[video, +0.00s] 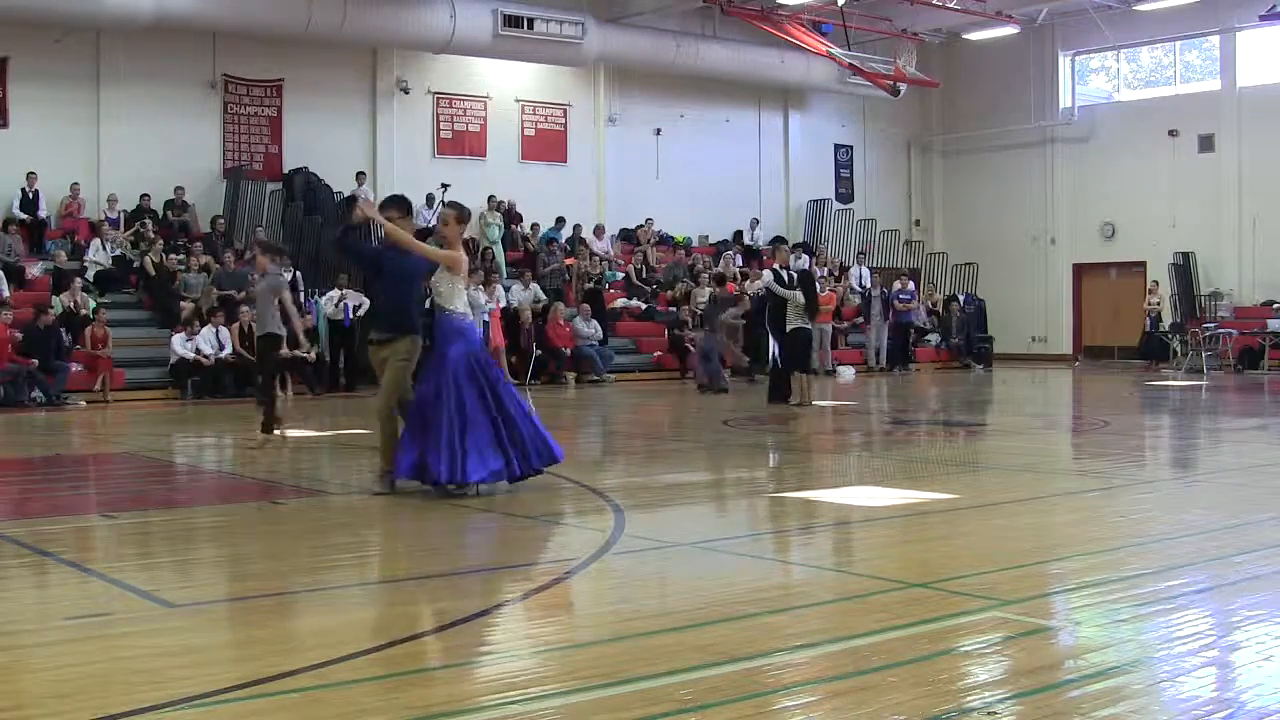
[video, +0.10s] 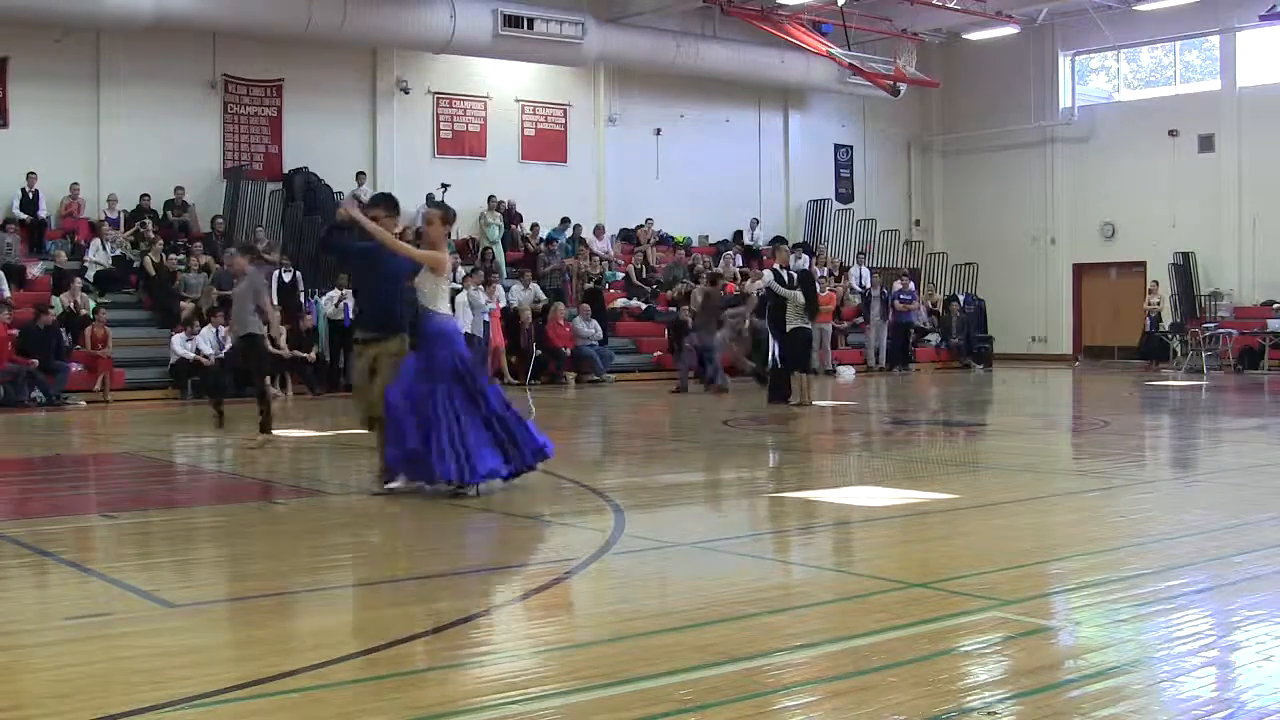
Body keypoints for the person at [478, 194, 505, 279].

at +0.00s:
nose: (494, 204)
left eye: (495, 202)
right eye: (492, 202)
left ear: (497, 203)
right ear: (488, 203)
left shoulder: (499, 215)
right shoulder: (483, 214)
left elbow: (502, 227)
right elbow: (482, 226)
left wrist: (499, 237)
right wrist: (488, 237)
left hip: (496, 240)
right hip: (486, 239)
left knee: (499, 259)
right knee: (486, 259)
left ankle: (502, 278)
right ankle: (485, 278)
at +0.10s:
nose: (494, 204)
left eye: (495, 202)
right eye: (492, 202)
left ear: (497, 203)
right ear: (488, 203)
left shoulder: (499, 215)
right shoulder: (483, 214)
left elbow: (502, 227)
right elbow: (482, 226)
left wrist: (499, 237)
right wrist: (488, 237)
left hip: (496, 240)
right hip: (486, 239)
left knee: (499, 259)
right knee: (486, 258)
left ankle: (502, 277)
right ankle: (485, 277)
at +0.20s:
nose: (494, 204)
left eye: (495, 202)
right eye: (492, 202)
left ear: (497, 203)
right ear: (488, 203)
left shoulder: (499, 215)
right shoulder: (483, 214)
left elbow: (502, 227)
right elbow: (482, 226)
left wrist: (499, 237)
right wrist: (488, 238)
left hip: (496, 240)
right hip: (486, 239)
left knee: (499, 259)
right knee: (486, 258)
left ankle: (502, 278)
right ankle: (485, 277)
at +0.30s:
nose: (494, 204)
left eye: (495, 202)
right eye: (492, 202)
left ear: (497, 203)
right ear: (488, 203)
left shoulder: (499, 215)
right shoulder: (483, 214)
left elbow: (502, 227)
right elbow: (482, 227)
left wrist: (499, 237)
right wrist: (488, 238)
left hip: (496, 240)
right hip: (486, 240)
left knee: (499, 259)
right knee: (486, 259)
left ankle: (502, 278)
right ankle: (485, 278)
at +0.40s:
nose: (494, 204)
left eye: (495, 202)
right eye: (492, 202)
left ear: (497, 203)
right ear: (488, 203)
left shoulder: (499, 215)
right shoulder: (483, 214)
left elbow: (502, 227)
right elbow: (482, 227)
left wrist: (499, 237)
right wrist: (488, 237)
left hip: (496, 240)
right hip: (486, 240)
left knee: (499, 259)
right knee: (486, 259)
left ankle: (502, 278)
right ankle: (485, 278)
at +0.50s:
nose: (494, 204)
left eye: (495, 202)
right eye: (492, 202)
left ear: (497, 203)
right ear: (488, 203)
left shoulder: (499, 215)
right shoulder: (483, 214)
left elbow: (502, 227)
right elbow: (482, 227)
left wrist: (499, 237)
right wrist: (489, 238)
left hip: (496, 240)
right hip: (486, 240)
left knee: (499, 258)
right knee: (486, 258)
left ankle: (501, 277)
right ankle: (485, 277)